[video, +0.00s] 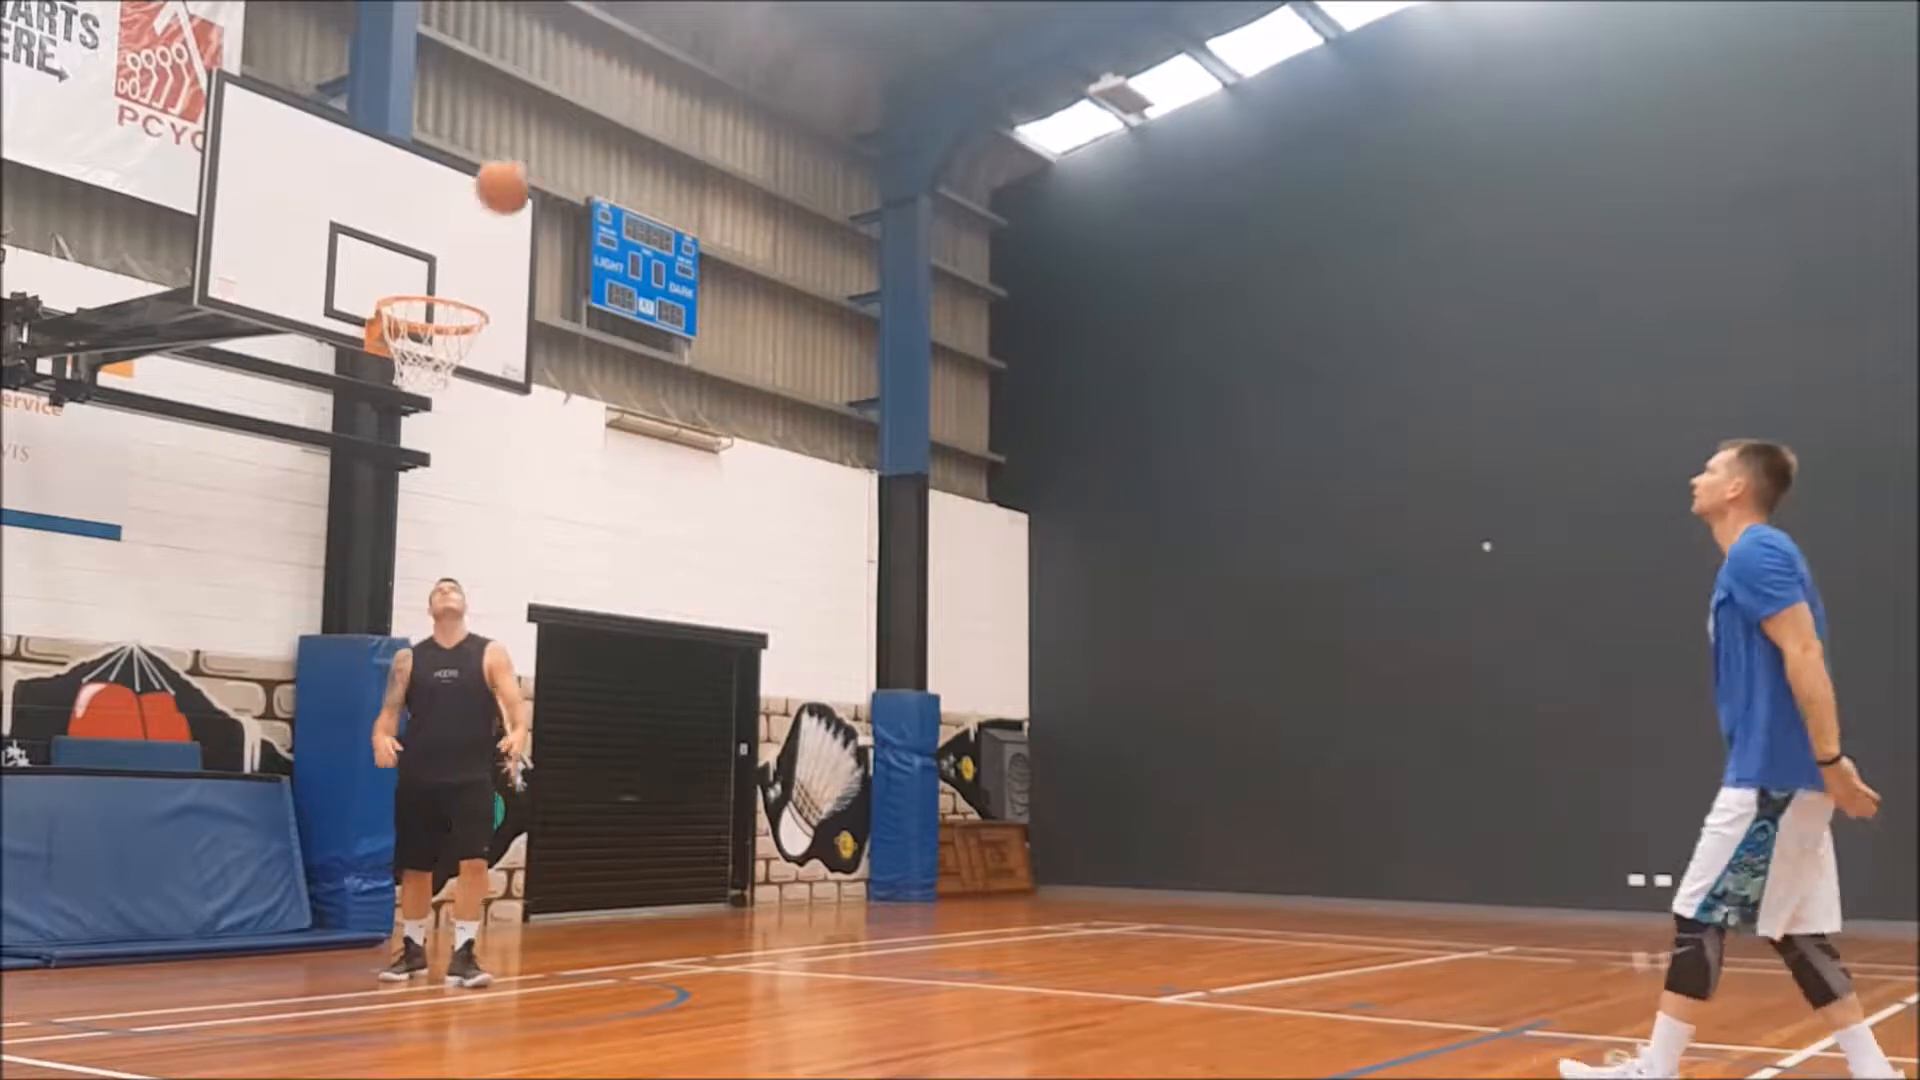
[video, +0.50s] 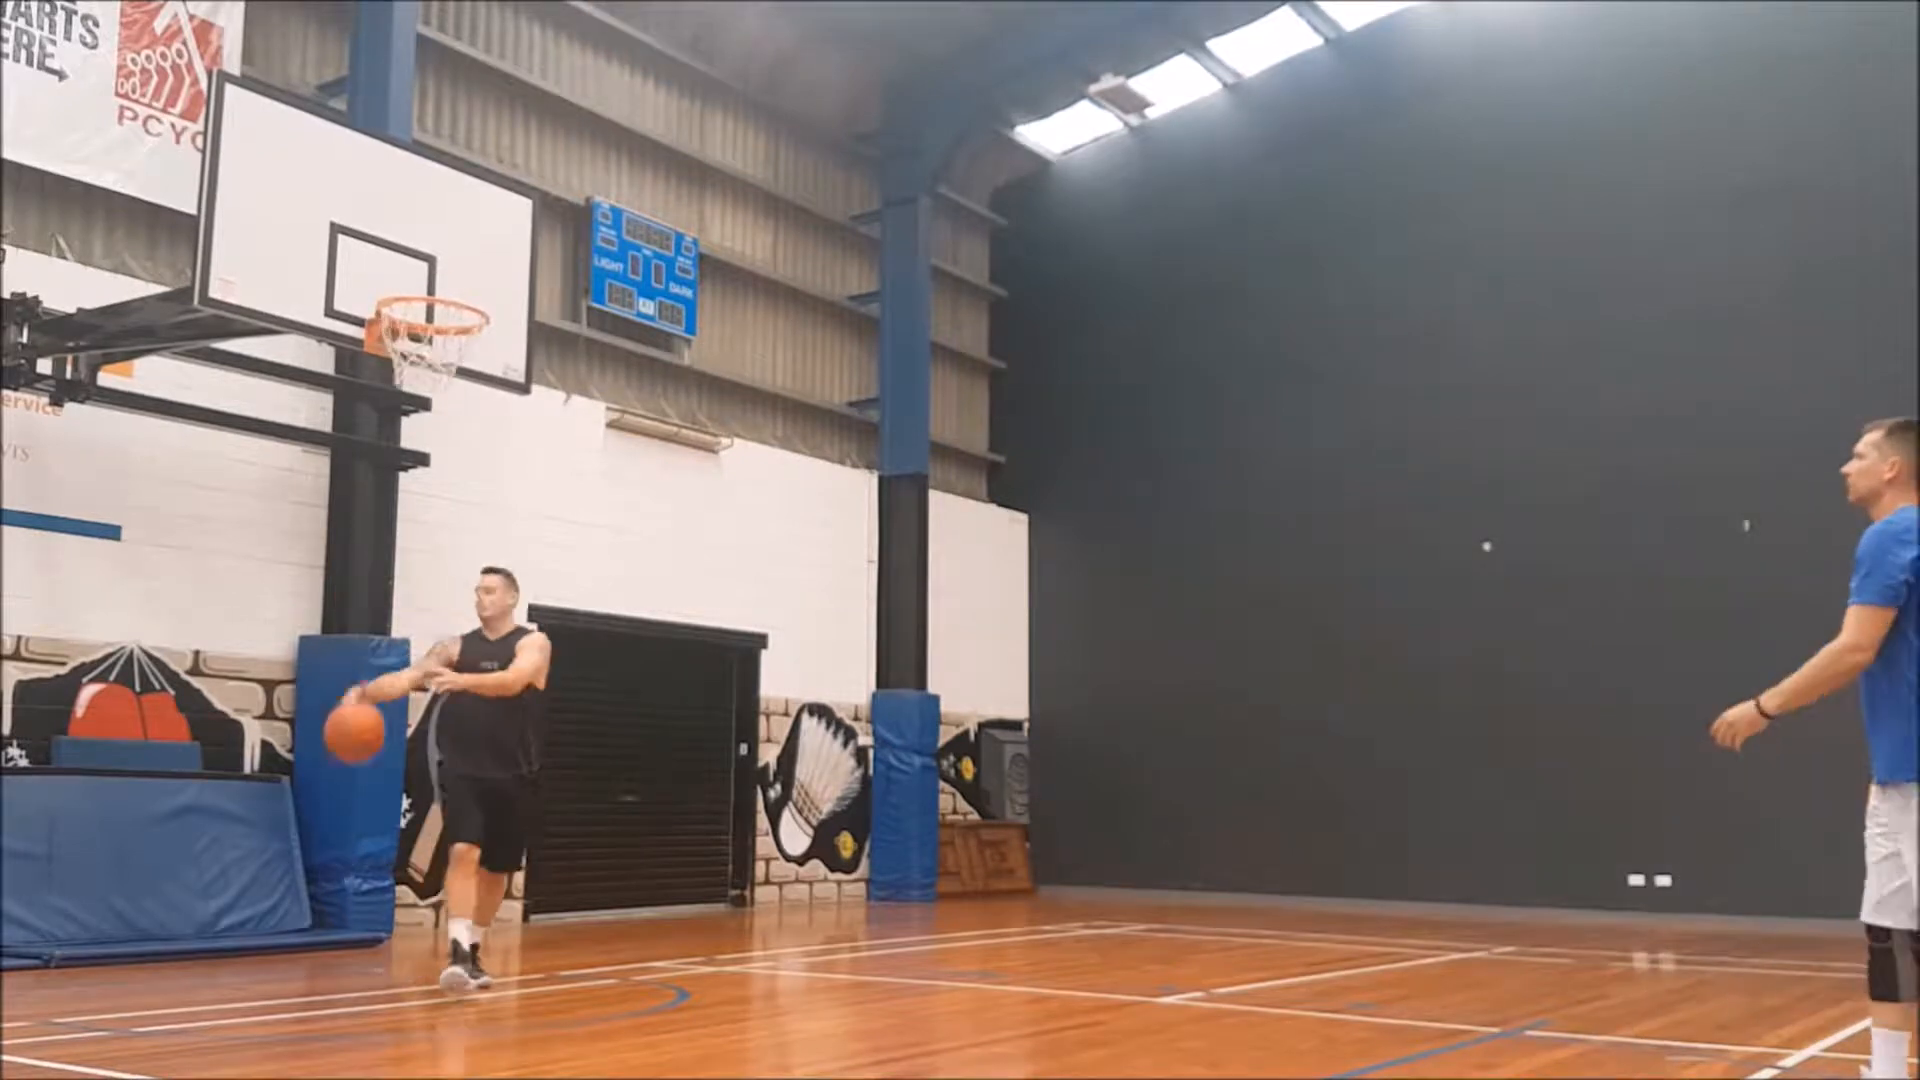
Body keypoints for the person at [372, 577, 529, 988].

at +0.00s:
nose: (447, 591)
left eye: (455, 589)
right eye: (440, 590)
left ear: (467, 608)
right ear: (429, 609)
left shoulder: (490, 653)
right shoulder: (409, 658)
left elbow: (515, 706)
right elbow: (390, 710)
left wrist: (519, 732)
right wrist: (382, 736)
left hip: (472, 778)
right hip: (418, 777)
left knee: (473, 861)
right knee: (415, 866)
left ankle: (463, 956)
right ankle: (413, 952)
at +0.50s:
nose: (480, 598)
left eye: (489, 591)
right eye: (478, 592)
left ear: (512, 597)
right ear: (476, 599)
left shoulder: (533, 642)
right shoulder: (456, 646)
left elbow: (514, 680)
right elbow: (410, 677)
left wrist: (462, 681)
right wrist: (367, 692)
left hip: (512, 774)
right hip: (462, 771)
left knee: (496, 868)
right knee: (465, 851)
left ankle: (473, 953)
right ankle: (459, 957)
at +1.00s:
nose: (508, 625)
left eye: (516, 616)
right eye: (500, 617)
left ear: (531, 621)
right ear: (489, 623)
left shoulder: (556, 666)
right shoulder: (472, 672)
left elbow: (549, 730)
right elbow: (455, 722)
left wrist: (491, 728)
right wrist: (425, 716)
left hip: (543, 788)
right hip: (493, 784)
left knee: (541, 896)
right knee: (520, 856)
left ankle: (500, 930)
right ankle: (508, 972)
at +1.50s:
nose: (541, 576)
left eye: (543, 569)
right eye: (530, 569)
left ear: (547, 575)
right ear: (505, 578)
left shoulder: (563, 624)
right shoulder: (491, 629)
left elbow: (582, 678)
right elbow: (533, 666)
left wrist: (598, 711)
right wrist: (593, 652)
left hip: (539, 767)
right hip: (495, 769)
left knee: (557, 855)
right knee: (514, 857)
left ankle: (524, 946)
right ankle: (504, 974)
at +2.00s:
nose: (538, 578)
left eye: (542, 573)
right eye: (528, 571)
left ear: (544, 584)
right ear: (505, 579)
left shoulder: (557, 640)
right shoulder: (473, 633)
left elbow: (557, 708)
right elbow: (424, 691)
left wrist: (555, 772)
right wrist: (384, 744)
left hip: (533, 773)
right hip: (484, 769)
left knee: (510, 869)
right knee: (492, 859)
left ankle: (487, 966)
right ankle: (486, 964)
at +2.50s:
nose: (505, 588)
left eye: (512, 584)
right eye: (498, 581)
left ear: (517, 595)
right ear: (479, 589)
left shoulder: (534, 644)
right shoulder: (449, 640)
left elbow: (550, 699)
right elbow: (436, 703)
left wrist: (564, 737)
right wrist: (459, 750)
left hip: (511, 774)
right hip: (453, 770)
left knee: (498, 867)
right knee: (439, 863)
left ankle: (485, 963)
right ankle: (441, 934)